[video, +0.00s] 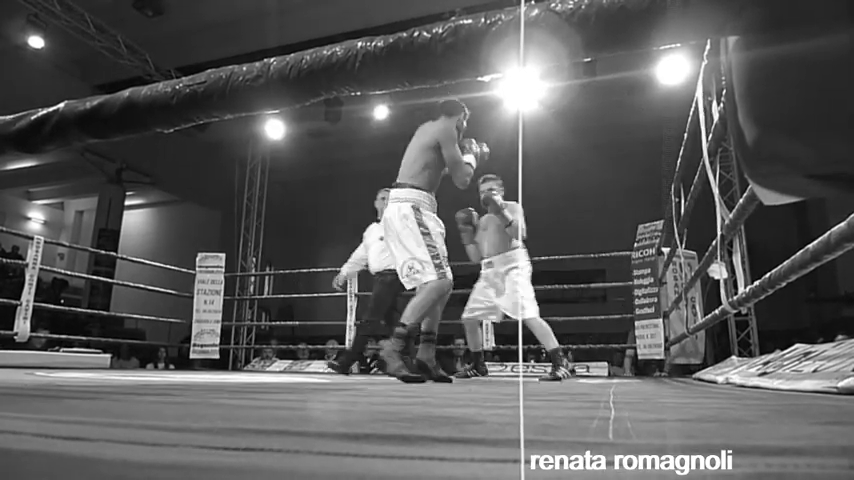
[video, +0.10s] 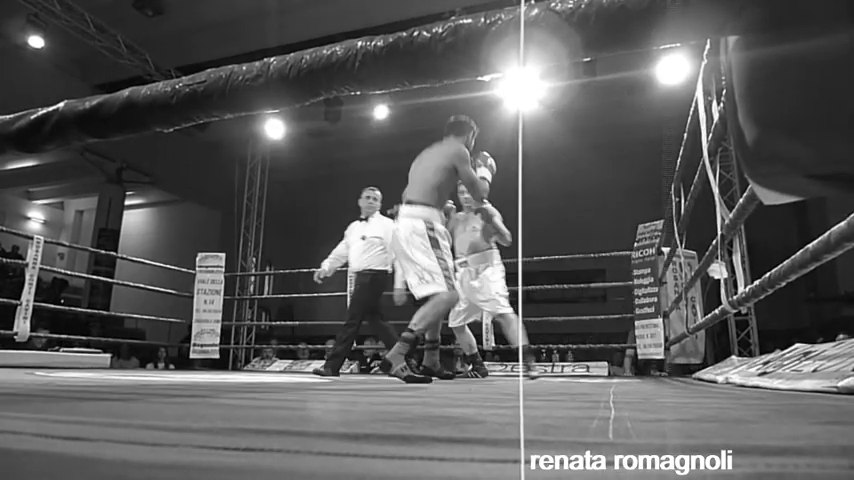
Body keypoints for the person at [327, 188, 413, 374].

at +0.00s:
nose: (386, 202)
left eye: (389, 198)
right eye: (382, 198)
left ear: (394, 202)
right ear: (375, 204)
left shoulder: (402, 223)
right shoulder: (373, 230)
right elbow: (360, 255)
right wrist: (344, 273)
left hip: (400, 275)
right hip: (381, 277)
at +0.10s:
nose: (371, 201)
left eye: (375, 199)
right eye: (367, 198)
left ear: (380, 204)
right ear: (359, 201)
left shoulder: (388, 225)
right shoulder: (354, 228)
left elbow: (400, 257)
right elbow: (341, 252)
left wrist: (400, 287)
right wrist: (326, 268)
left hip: (374, 277)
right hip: (358, 277)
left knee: (352, 321)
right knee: (376, 320)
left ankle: (332, 366)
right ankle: (403, 360)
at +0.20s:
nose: (361, 199)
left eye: (365, 197)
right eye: (357, 195)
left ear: (369, 202)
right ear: (349, 199)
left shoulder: (378, 224)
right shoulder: (341, 224)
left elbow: (386, 256)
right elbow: (329, 249)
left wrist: (384, 285)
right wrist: (315, 265)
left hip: (364, 273)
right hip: (345, 274)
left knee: (344, 316)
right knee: (350, 320)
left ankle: (331, 365)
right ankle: (386, 351)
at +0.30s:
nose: (350, 194)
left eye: (353, 192)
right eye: (346, 190)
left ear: (356, 197)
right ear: (336, 193)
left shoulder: (363, 219)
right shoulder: (323, 218)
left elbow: (372, 251)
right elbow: (310, 246)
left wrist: (362, 274)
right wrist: (300, 267)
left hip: (347, 271)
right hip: (325, 271)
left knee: (338, 317)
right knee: (313, 311)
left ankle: (332, 365)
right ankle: (333, 349)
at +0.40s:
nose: (343, 193)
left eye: (346, 191)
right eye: (339, 189)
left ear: (348, 195)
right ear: (327, 191)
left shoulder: (355, 218)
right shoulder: (311, 215)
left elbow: (364, 249)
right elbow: (298, 246)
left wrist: (352, 267)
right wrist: (290, 269)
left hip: (339, 272)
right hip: (312, 270)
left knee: (336, 317)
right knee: (298, 307)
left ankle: (331, 363)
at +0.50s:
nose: (334, 193)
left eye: (337, 190)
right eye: (330, 188)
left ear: (338, 195)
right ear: (318, 190)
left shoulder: (344, 219)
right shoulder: (299, 213)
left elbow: (353, 250)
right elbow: (286, 247)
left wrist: (343, 264)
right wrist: (281, 271)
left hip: (330, 272)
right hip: (301, 270)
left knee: (332, 319)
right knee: (285, 310)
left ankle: (331, 365)